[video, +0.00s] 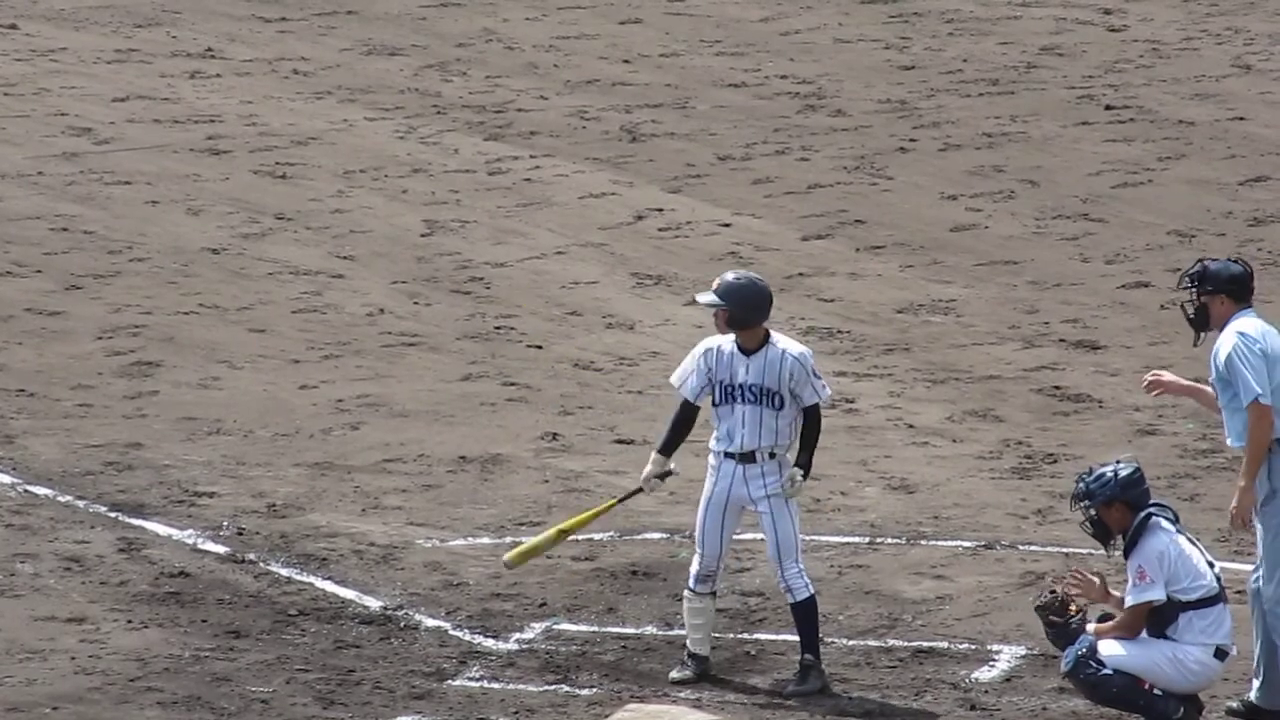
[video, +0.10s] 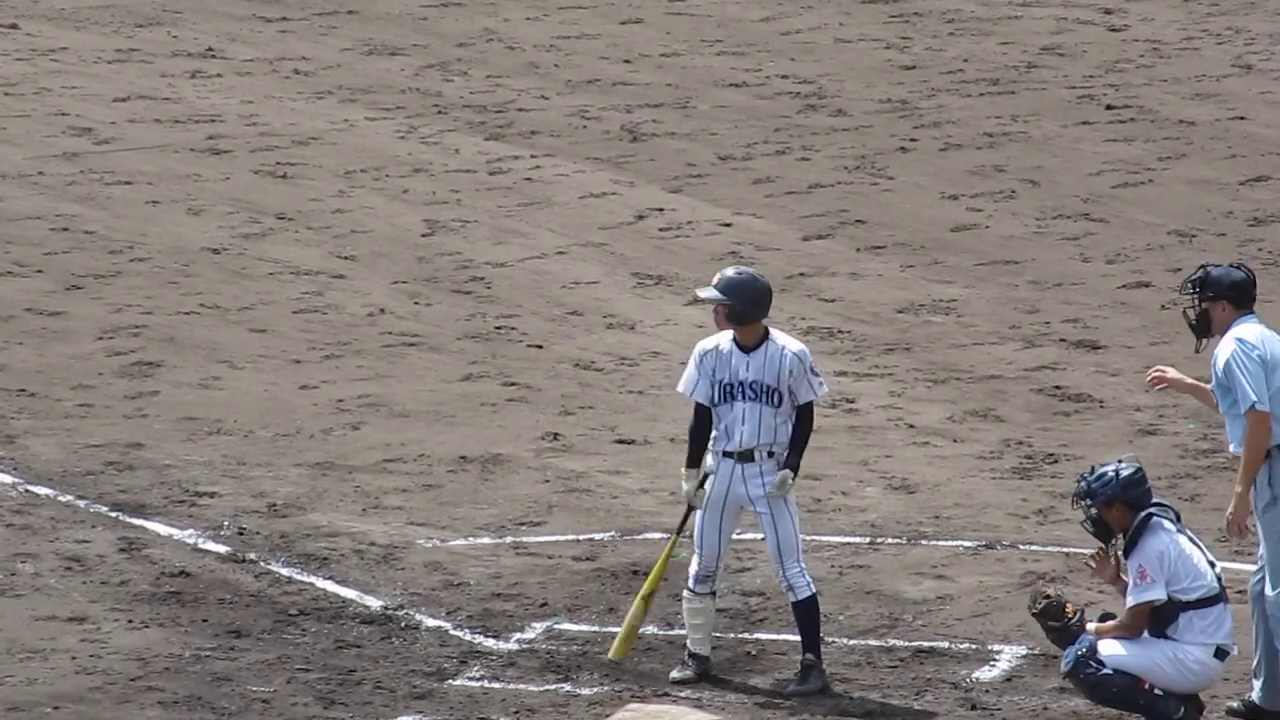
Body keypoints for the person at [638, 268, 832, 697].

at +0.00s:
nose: (712, 314)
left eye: (719, 309)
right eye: (714, 307)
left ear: (742, 315)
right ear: (741, 315)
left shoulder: (793, 359)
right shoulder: (711, 354)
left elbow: (811, 413)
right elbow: (687, 409)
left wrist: (802, 465)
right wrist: (660, 456)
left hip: (772, 472)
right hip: (722, 471)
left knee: (790, 570)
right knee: (704, 564)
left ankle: (811, 665)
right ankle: (696, 658)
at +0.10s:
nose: (714, 310)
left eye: (721, 305)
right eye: (714, 303)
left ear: (742, 310)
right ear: (732, 308)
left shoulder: (792, 355)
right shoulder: (709, 353)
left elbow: (805, 414)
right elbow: (701, 417)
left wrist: (791, 466)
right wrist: (692, 474)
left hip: (769, 471)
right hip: (719, 469)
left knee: (791, 568)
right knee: (704, 565)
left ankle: (812, 665)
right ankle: (697, 657)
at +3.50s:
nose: (717, 317)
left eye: (723, 312)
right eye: (717, 312)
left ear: (742, 316)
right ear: (748, 313)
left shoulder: (784, 346)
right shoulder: (707, 347)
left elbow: (799, 369)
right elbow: (693, 392)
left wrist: (744, 337)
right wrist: (715, 365)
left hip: (759, 476)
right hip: (711, 472)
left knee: (761, 577)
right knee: (685, 572)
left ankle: (799, 660)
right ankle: (686, 651)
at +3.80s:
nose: (713, 318)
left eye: (720, 313)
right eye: (713, 313)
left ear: (742, 315)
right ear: (721, 315)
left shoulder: (787, 349)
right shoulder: (709, 352)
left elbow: (799, 368)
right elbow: (693, 387)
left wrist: (751, 330)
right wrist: (722, 349)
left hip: (769, 479)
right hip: (721, 478)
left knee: (771, 581)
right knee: (695, 577)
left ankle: (800, 666)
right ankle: (685, 656)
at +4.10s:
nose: (715, 309)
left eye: (721, 304)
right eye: (715, 304)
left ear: (743, 309)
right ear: (717, 307)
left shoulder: (778, 350)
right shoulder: (709, 343)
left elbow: (801, 356)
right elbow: (685, 359)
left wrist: (764, 308)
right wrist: (720, 327)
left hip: (761, 479)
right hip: (714, 476)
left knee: (768, 581)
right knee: (688, 577)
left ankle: (800, 665)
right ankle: (686, 656)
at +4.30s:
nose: (711, 310)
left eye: (717, 305)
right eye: (711, 304)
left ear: (739, 311)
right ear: (713, 306)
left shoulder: (771, 354)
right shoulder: (703, 344)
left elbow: (793, 348)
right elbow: (688, 354)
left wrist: (763, 299)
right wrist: (729, 316)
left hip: (757, 482)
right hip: (710, 481)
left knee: (767, 584)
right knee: (685, 582)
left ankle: (800, 668)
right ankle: (686, 660)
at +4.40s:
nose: (709, 308)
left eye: (715, 304)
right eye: (708, 303)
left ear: (739, 310)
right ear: (711, 305)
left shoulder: (770, 350)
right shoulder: (702, 340)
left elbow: (792, 349)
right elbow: (689, 352)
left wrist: (761, 299)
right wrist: (727, 311)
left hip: (758, 480)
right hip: (710, 479)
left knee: (766, 581)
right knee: (684, 581)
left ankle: (799, 665)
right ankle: (686, 657)